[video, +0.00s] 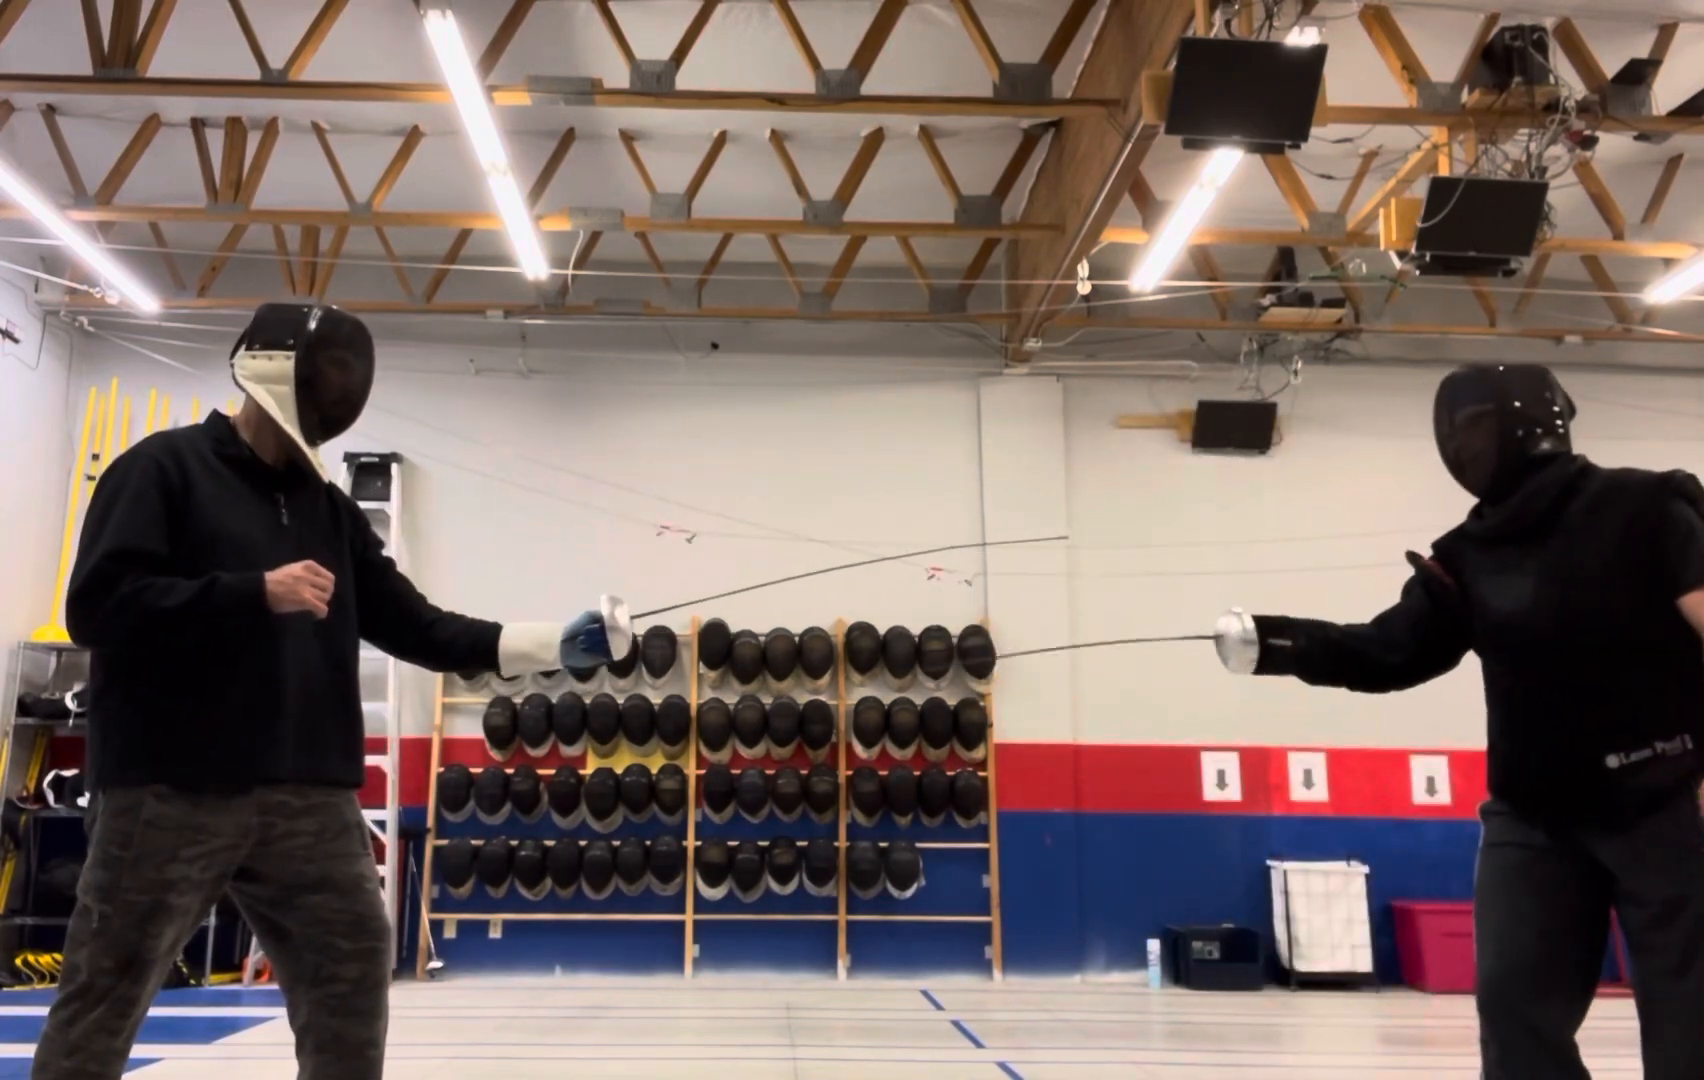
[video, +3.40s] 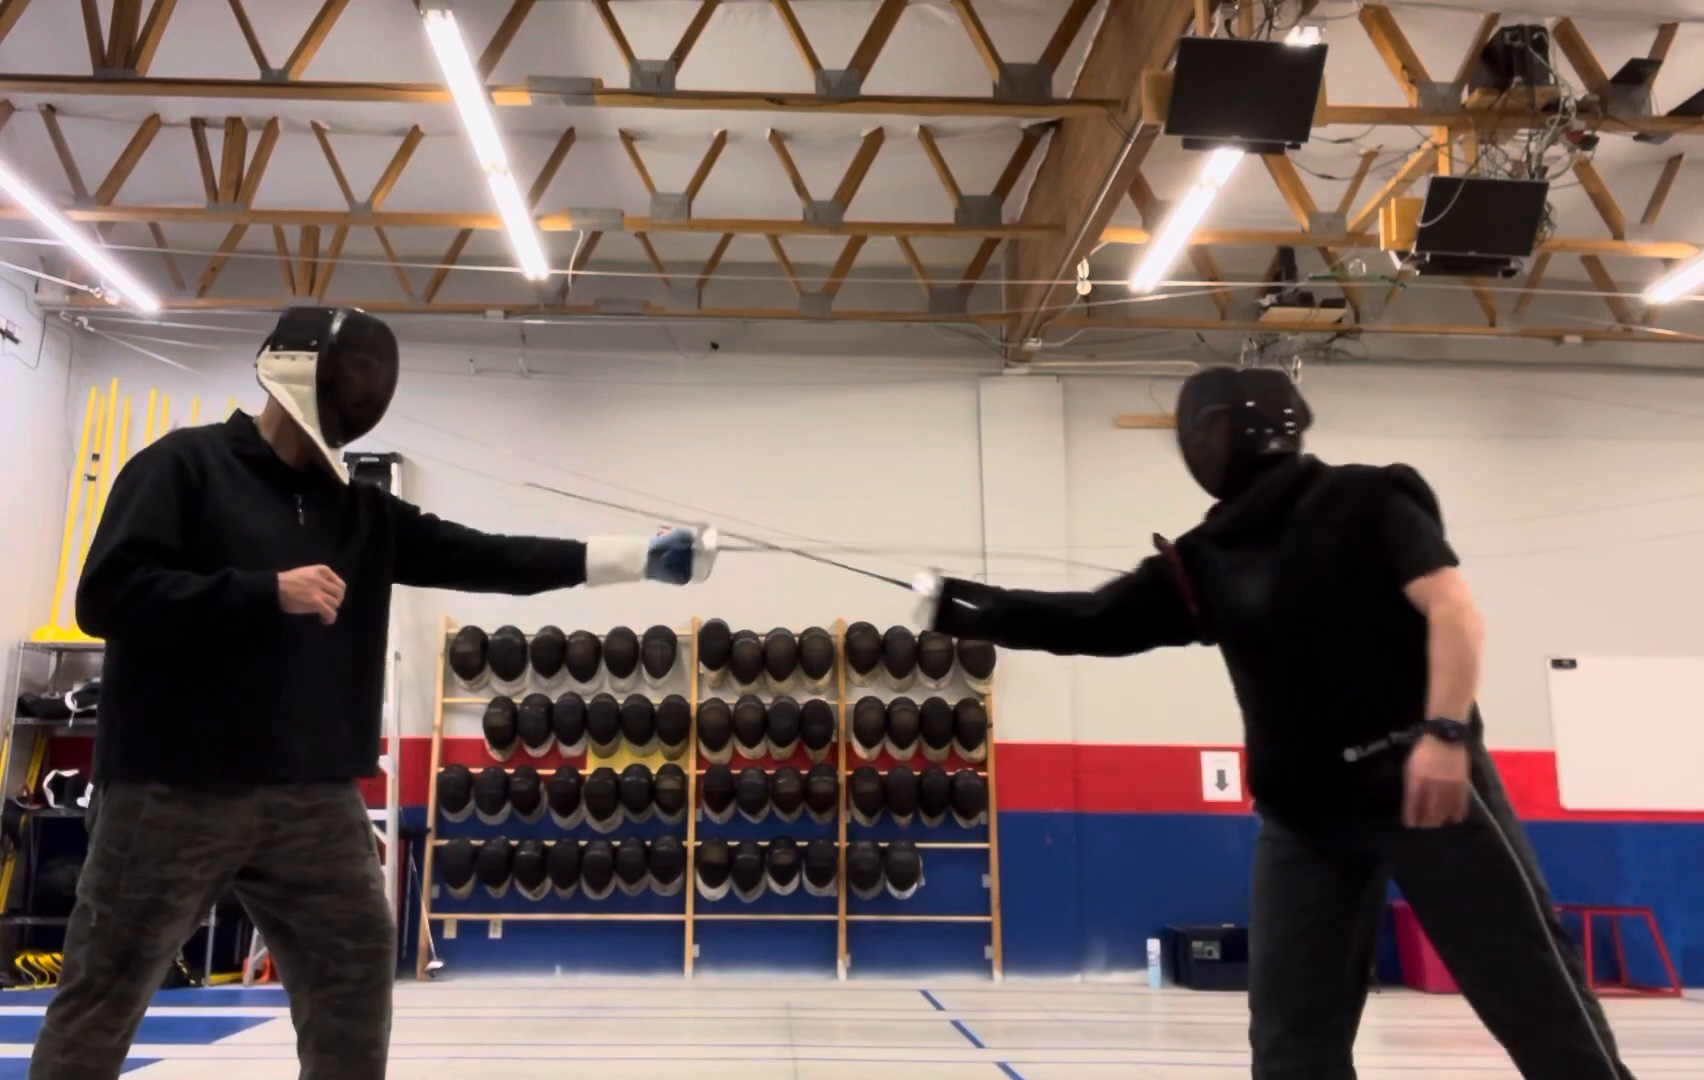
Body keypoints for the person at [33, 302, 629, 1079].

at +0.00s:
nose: (320, 418)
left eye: (332, 402)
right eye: (311, 392)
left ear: (335, 401)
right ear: (264, 373)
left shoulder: (327, 511)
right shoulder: (155, 470)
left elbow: (413, 625)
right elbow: (97, 606)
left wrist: (551, 645)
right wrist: (253, 590)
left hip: (305, 799)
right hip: (166, 794)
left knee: (350, 974)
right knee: (102, 1002)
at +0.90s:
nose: (326, 435)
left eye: (340, 418)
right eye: (317, 412)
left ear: (348, 410)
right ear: (271, 384)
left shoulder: (338, 515)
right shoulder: (166, 470)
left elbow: (452, 597)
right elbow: (102, 598)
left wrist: (596, 589)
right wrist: (261, 592)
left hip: (307, 801)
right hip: (168, 794)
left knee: (351, 996)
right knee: (96, 1009)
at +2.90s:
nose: (328, 412)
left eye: (338, 396)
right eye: (318, 387)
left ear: (335, 399)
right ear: (268, 372)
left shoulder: (329, 510)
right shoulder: (162, 469)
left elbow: (421, 621)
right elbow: (107, 602)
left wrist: (569, 633)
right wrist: (264, 590)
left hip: (309, 795)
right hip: (171, 791)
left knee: (352, 986)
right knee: (103, 1002)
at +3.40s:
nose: (353, 417)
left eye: (363, 401)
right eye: (340, 392)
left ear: (366, 403)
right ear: (286, 374)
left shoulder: (362, 514)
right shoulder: (178, 467)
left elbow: (490, 557)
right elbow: (106, 592)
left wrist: (640, 556)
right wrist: (266, 591)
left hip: (311, 799)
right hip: (167, 793)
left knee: (352, 998)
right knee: (98, 1006)